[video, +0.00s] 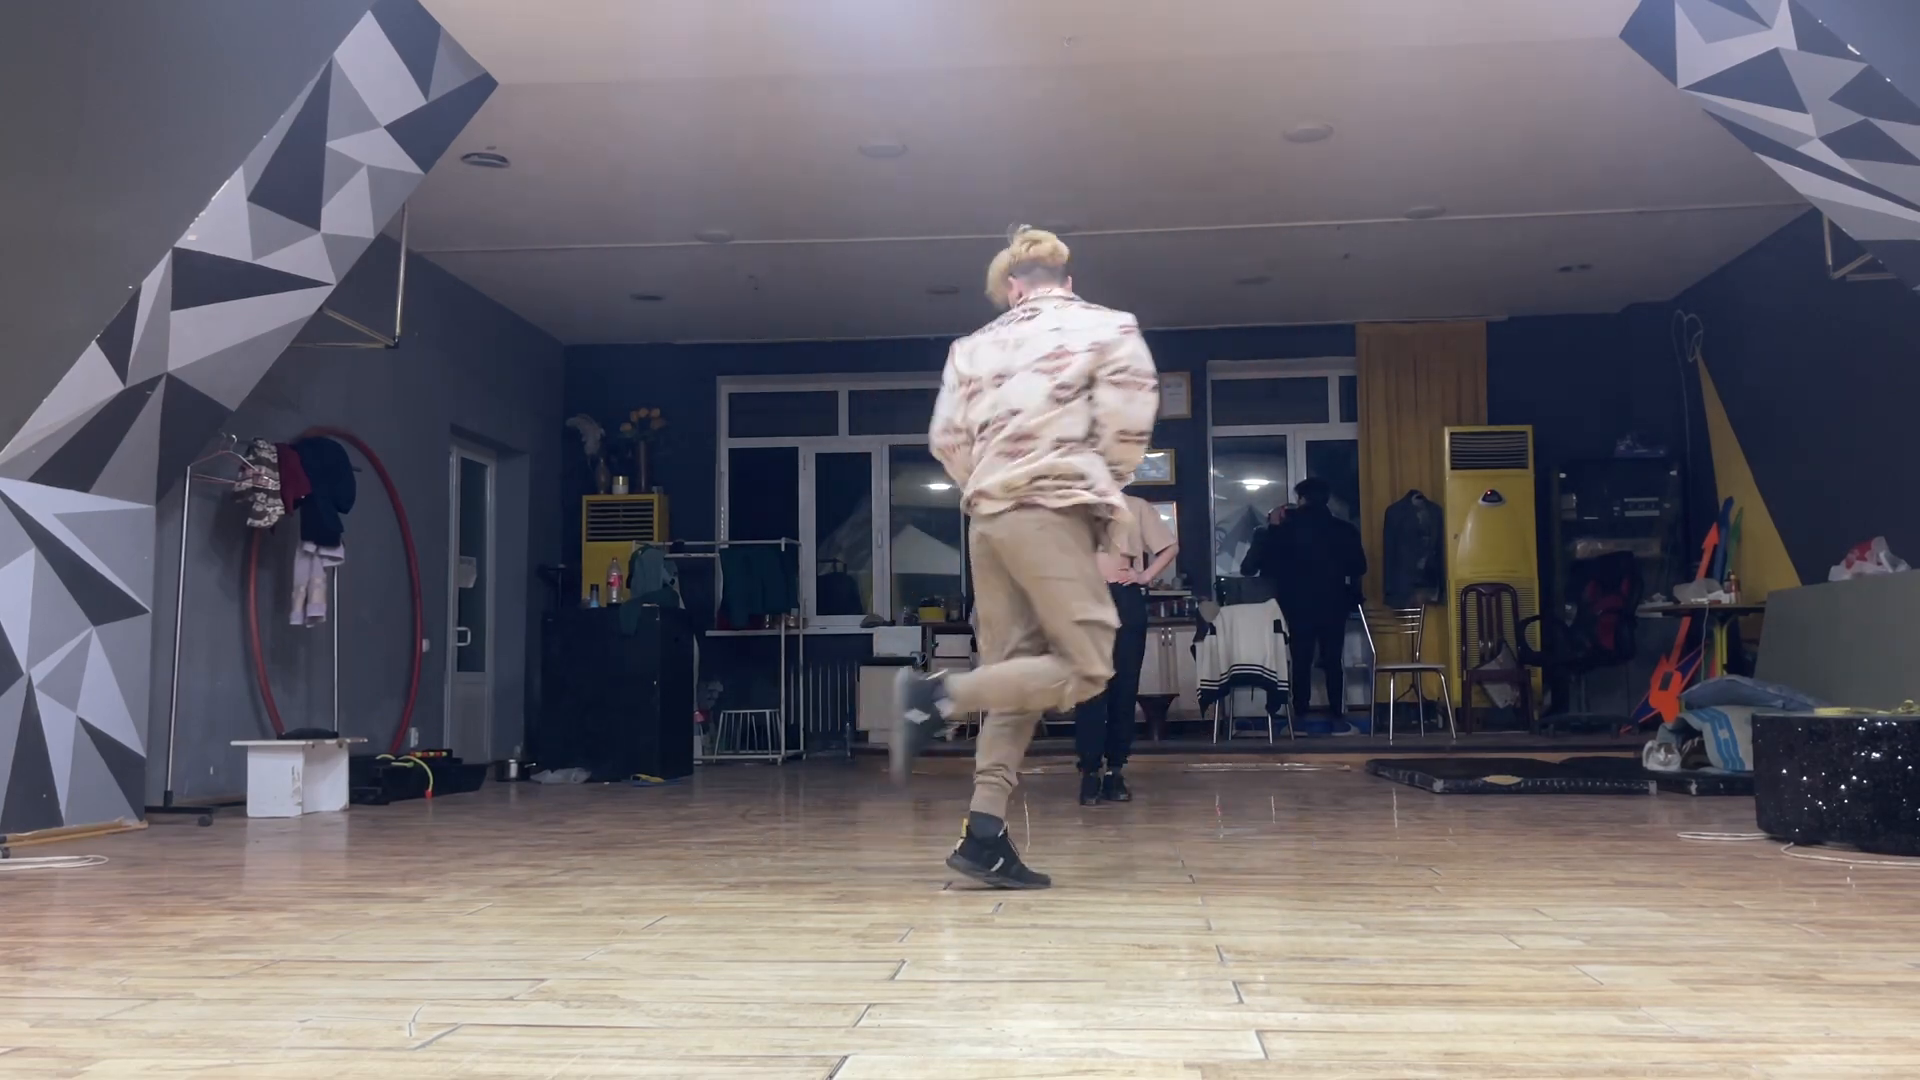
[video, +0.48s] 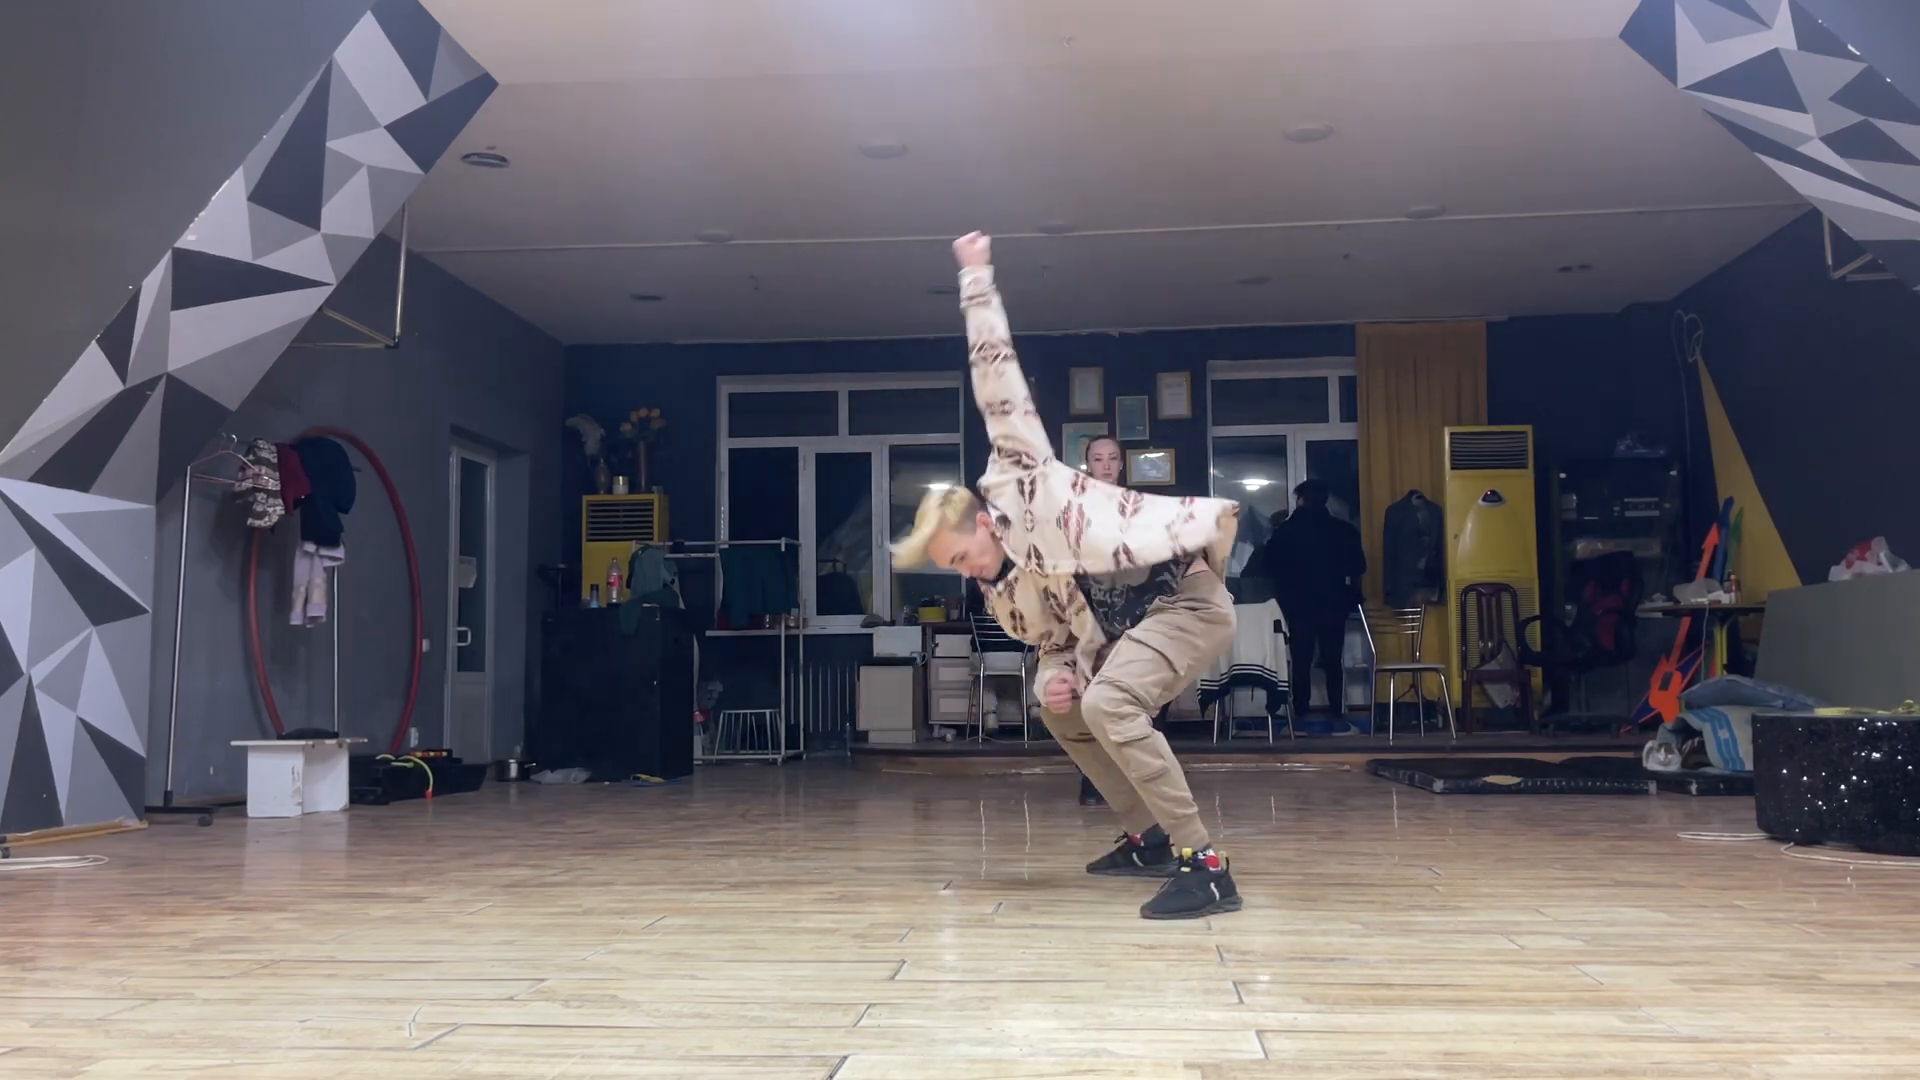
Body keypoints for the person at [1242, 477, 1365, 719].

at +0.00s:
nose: (1298, 503)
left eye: (1299, 499)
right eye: (1301, 499)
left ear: (1301, 500)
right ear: (1327, 500)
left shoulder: (1286, 528)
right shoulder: (1344, 529)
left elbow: (1250, 567)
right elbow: (1358, 568)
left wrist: (1270, 527)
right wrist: (1355, 597)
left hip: (1298, 605)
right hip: (1333, 604)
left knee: (1300, 661)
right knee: (1333, 661)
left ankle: (1300, 717)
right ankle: (1337, 718)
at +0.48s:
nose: (1297, 503)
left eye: (1298, 499)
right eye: (1297, 499)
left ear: (1301, 500)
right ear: (1325, 500)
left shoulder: (1285, 530)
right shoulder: (1344, 530)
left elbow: (1270, 567)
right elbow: (1357, 567)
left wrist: (1283, 594)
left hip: (1298, 605)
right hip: (1332, 605)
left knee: (1300, 661)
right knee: (1333, 661)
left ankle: (1299, 719)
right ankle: (1337, 719)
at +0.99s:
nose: (1290, 507)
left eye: (1290, 503)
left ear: (1289, 503)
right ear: (1313, 502)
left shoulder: (1279, 528)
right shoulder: (1333, 526)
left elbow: (1264, 567)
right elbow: (1351, 562)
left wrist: (1278, 590)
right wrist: (1353, 595)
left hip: (1294, 604)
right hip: (1329, 602)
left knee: (1299, 663)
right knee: (1331, 662)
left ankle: (1299, 718)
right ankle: (1336, 719)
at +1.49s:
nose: (1270, 512)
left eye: (1271, 508)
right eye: (1271, 508)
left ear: (1274, 507)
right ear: (1296, 503)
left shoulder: (1268, 530)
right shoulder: (1318, 524)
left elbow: (1254, 568)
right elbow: (1334, 557)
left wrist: (1273, 590)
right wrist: (1311, 565)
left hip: (1289, 603)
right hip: (1323, 600)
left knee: (1297, 662)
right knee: (1329, 661)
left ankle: (1299, 718)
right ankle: (1336, 718)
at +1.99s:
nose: (1264, 513)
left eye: (1263, 509)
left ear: (1264, 509)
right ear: (1287, 505)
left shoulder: (1259, 532)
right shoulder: (1308, 523)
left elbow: (1251, 571)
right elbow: (1328, 555)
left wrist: (1271, 593)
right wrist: (1307, 561)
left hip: (1285, 604)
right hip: (1319, 599)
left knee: (1294, 663)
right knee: (1328, 660)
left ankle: (1297, 719)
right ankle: (1336, 716)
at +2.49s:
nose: (1258, 514)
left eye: (1258, 510)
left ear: (1259, 510)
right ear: (1283, 506)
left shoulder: (1255, 532)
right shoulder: (1304, 523)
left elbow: (1240, 568)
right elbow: (1324, 554)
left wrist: (1268, 589)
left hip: (1283, 602)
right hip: (1316, 598)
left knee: (1293, 660)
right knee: (1328, 657)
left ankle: (1297, 717)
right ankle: (1337, 714)